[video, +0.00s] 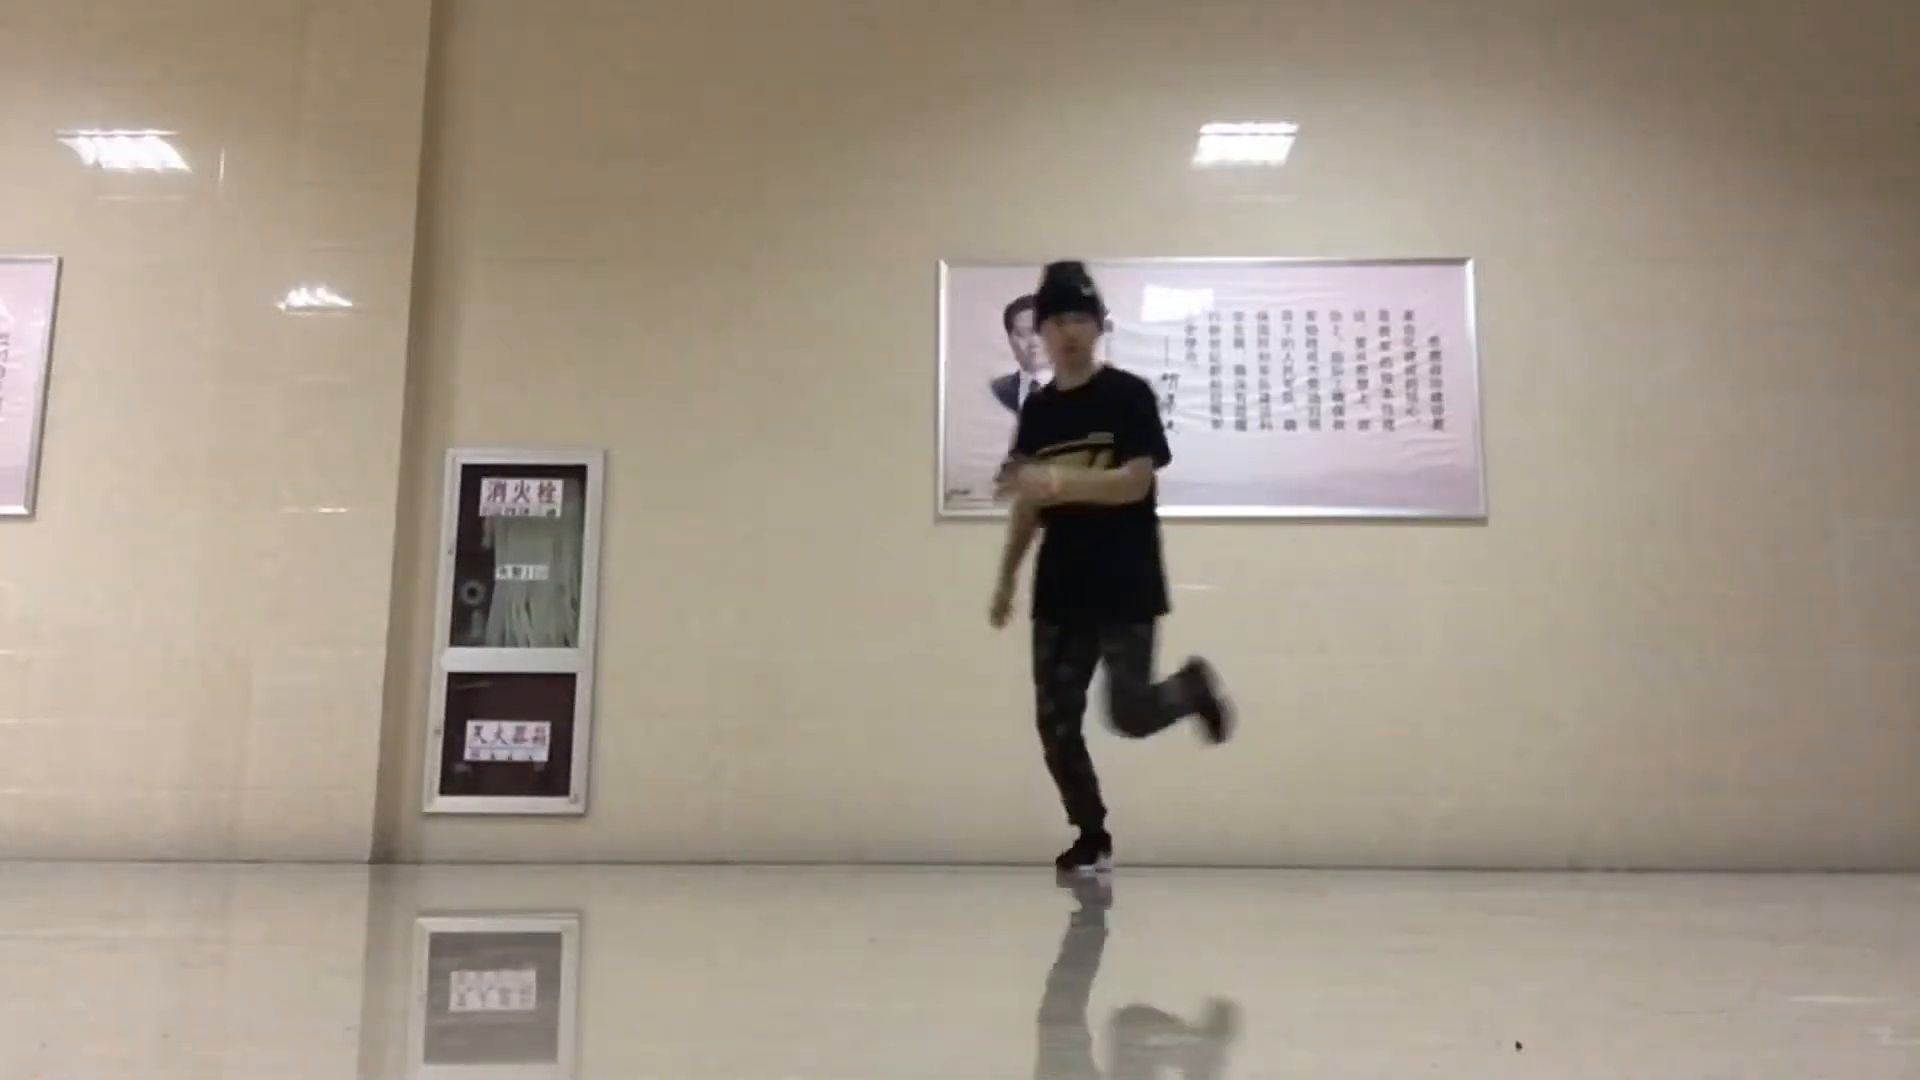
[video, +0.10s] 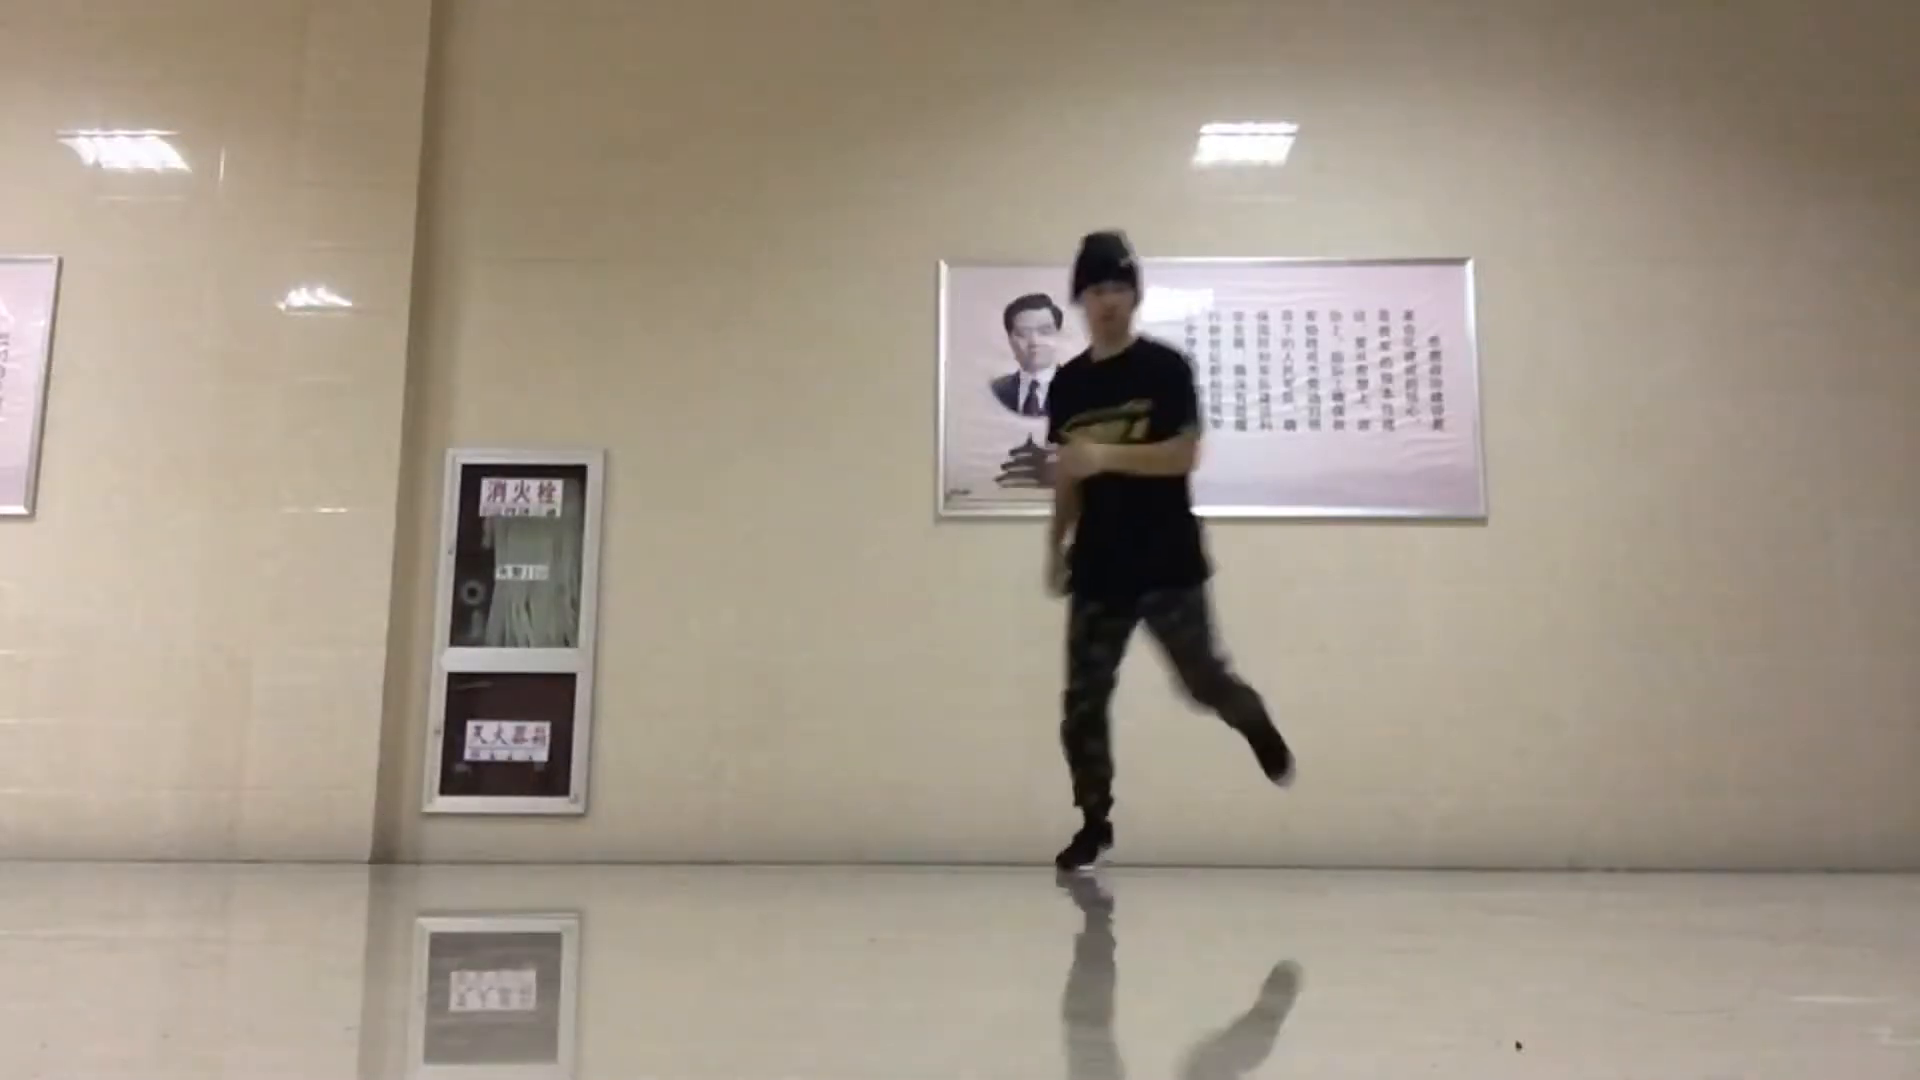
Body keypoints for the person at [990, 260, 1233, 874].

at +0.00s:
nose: (1068, 334)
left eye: (1079, 321)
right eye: (1056, 323)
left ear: (1099, 326)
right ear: (1042, 333)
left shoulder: (1130, 394)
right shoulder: (1038, 409)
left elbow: (1138, 483)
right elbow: (1030, 500)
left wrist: (1055, 484)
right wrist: (1006, 579)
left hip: (1127, 579)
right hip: (1062, 582)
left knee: (1130, 714)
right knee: (1055, 719)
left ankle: (1196, 686)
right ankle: (1092, 834)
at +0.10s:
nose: (1107, 303)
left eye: (1118, 291)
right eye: (1096, 292)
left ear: (1136, 296)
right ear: (1080, 300)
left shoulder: (1166, 365)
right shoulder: (1068, 381)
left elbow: (1184, 456)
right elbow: (1068, 473)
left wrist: (1102, 454)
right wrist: (1057, 546)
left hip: (1167, 553)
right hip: (1099, 557)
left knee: (1204, 681)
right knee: (1084, 702)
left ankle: (1257, 724)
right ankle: (1095, 823)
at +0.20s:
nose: (1150, 290)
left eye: (1161, 278)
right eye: (1139, 279)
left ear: (1177, 282)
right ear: (1120, 285)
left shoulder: (1210, 350)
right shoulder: (1102, 366)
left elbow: (1245, 438)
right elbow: (1101, 451)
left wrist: (1174, 466)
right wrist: (1092, 521)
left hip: (1213, 540)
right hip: (1141, 546)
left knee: (1264, 667)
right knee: (1127, 685)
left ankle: (1294, 781)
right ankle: (1127, 811)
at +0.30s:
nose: (1197, 309)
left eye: (1207, 296)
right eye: (1184, 298)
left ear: (1222, 301)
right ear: (1164, 305)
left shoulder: (1260, 375)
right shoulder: (1139, 392)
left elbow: (1300, 461)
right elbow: (1130, 480)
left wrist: (1266, 506)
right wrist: (1123, 557)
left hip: (1258, 560)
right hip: (1182, 567)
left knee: (1292, 692)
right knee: (1175, 698)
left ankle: (1309, 819)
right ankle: (1192, 818)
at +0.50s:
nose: (1274, 304)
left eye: (1282, 292)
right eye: (1260, 292)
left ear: (1292, 296)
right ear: (1232, 297)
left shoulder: (1318, 371)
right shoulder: (1197, 384)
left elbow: (1352, 448)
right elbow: (1181, 473)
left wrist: (1360, 519)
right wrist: (1201, 547)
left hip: (1317, 558)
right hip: (1248, 564)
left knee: (1325, 696)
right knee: (1260, 691)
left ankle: (1310, 819)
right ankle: (1251, 804)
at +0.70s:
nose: (1319, 287)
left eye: (1327, 276)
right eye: (1307, 275)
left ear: (1332, 281)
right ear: (1273, 278)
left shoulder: (1336, 363)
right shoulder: (1242, 355)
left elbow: (1341, 446)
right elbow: (1206, 444)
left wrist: (1391, 485)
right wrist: (1262, 501)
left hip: (1348, 526)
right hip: (1294, 529)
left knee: (1365, 669)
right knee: (1346, 665)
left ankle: (1287, 789)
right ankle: (1375, 810)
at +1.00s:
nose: (1329, 284)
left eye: (1338, 273)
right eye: (1315, 270)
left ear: (1346, 283)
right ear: (1285, 275)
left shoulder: (1333, 361)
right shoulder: (1251, 350)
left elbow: (1326, 457)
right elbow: (1218, 443)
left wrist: (1358, 515)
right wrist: (1255, 524)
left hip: (1327, 536)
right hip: (1280, 535)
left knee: (1329, 671)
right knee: (1332, 666)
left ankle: (1267, 800)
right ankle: (1344, 812)